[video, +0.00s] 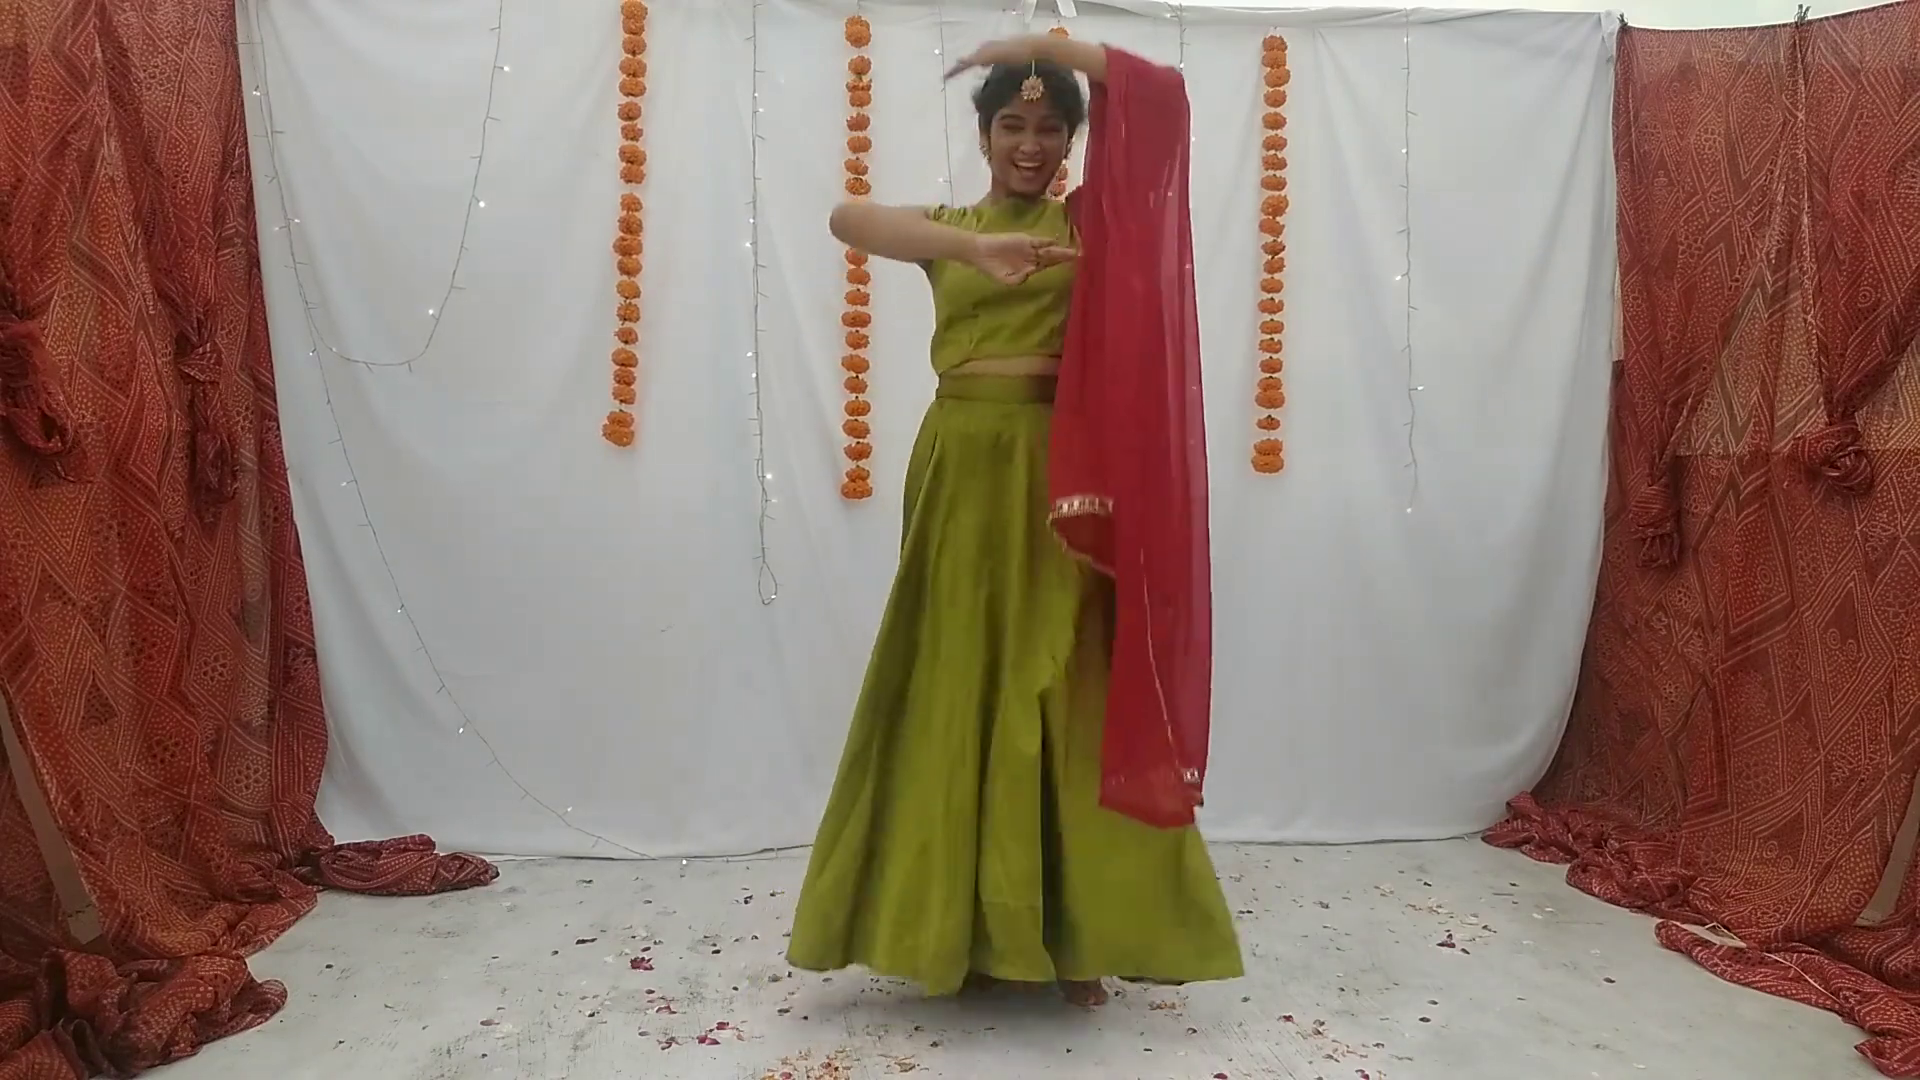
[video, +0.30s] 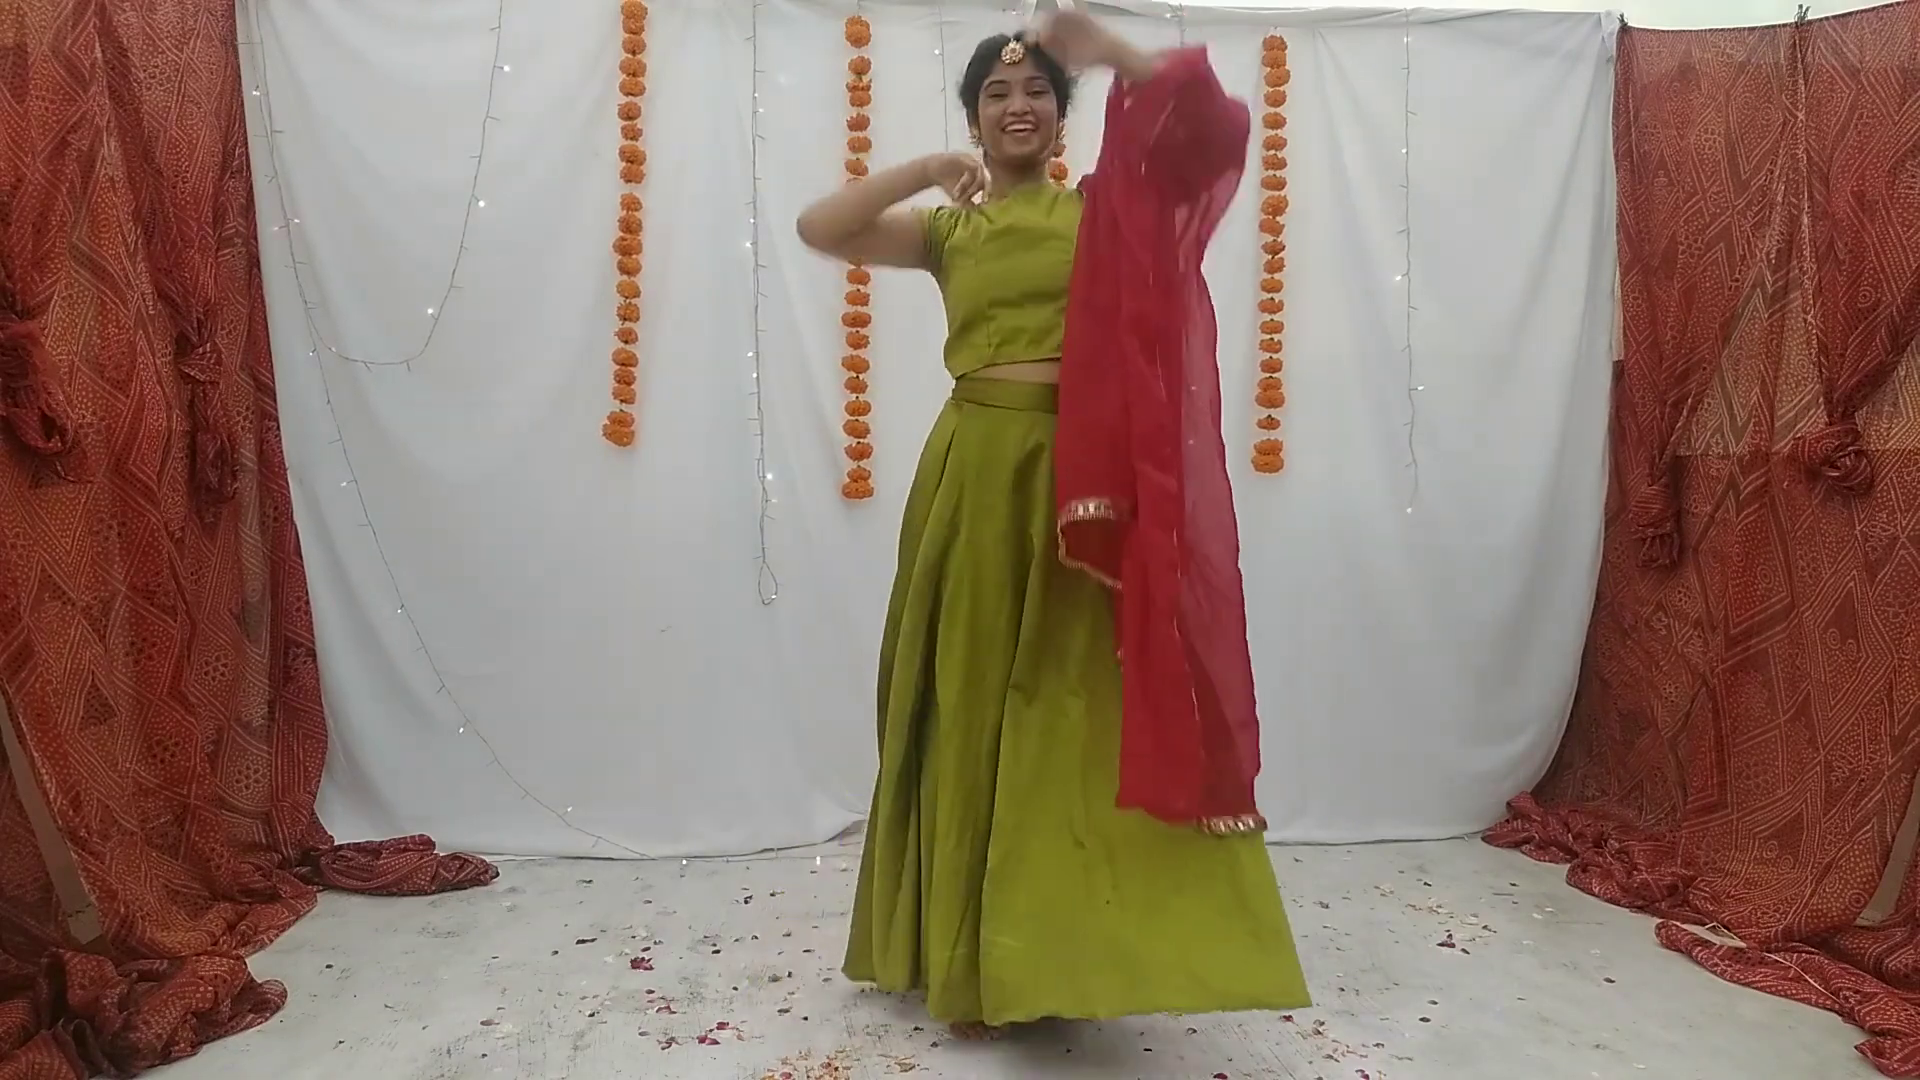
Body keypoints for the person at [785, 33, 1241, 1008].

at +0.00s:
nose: (1032, 144)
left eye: (1050, 127)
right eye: (1014, 126)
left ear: (1074, 138)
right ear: (985, 133)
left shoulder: (1099, 225)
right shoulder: (951, 226)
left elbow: (1162, 94)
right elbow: (848, 219)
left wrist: (1045, 42)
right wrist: (971, 246)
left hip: (1070, 474)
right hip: (967, 470)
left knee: (1071, 697)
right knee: (965, 694)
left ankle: (1074, 933)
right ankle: (973, 930)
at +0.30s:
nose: (1020, 102)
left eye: (1036, 87)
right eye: (1000, 90)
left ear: (1063, 111)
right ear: (977, 118)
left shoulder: (1114, 209)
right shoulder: (951, 228)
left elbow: (1207, 124)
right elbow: (824, 226)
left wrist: (1115, 50)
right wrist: (931, 169)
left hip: (1089, 467)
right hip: (978, 466)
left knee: (1071, 712)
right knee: (970, 711)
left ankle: (1063, 956)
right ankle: (967, 959)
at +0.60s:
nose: (987, 157)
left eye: (1004, 143)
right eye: (969, 146)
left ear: (1036, 167)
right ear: (944, 173)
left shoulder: (1082, 275)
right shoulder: (918, 292)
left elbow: (1184, 377)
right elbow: (865, 424)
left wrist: (1236, 300)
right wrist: (766, 393)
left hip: (1057, 522)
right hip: (951, 519)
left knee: (1068, 756)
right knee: (959, 754)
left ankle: (1067, 992)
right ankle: (956, 986)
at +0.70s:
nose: (994, 130)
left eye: (1011, 116)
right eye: (975, 119)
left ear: (1042, 141)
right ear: (950, 149)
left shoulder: (1080, 256)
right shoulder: (938, 253)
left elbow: (1179, 350)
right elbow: (809, 348)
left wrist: (1272, 309)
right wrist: (660, 374)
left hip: (1051, 501)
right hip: (959, 491)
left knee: (1055, 733)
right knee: (961, 733)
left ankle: (1053, 978)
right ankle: (954, 978)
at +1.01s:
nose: (1085, 132)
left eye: (1083, 116)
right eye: (1065, 120)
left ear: (1014, 156)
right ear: (1014, 148)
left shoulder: (971, 239)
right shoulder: (1052, 238)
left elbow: (887, 322)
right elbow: (1171, 254)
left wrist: (802, 358)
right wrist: (1289, 237)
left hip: (939, 480)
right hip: (1006, 488)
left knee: (947, 712)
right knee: (1005, 716)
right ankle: (963, 959)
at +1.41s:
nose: (965, 189)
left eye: (985, 175)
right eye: (962, 173)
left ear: (1033, 187)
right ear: (970, 179)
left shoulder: (1010, 266)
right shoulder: (1020, 268)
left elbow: (878, 270)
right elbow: (870, 311)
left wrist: (758, 201)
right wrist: (764, 240)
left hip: (1020, 492)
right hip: (1050, 482)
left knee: (994, 691)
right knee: (1064, 683)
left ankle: (1041, 894)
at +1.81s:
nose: (954, 182)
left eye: (970, 169)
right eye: (937, 166)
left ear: (986, 185)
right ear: (907, 180)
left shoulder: (1016, 277)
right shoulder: (876, 288)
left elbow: (1109, 313)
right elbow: (844, 399)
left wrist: (1020, 334)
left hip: (1007, 505)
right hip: (914, 511)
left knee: (1006, 689)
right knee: (910, 693)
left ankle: (1016, 880)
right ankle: (938, 870)